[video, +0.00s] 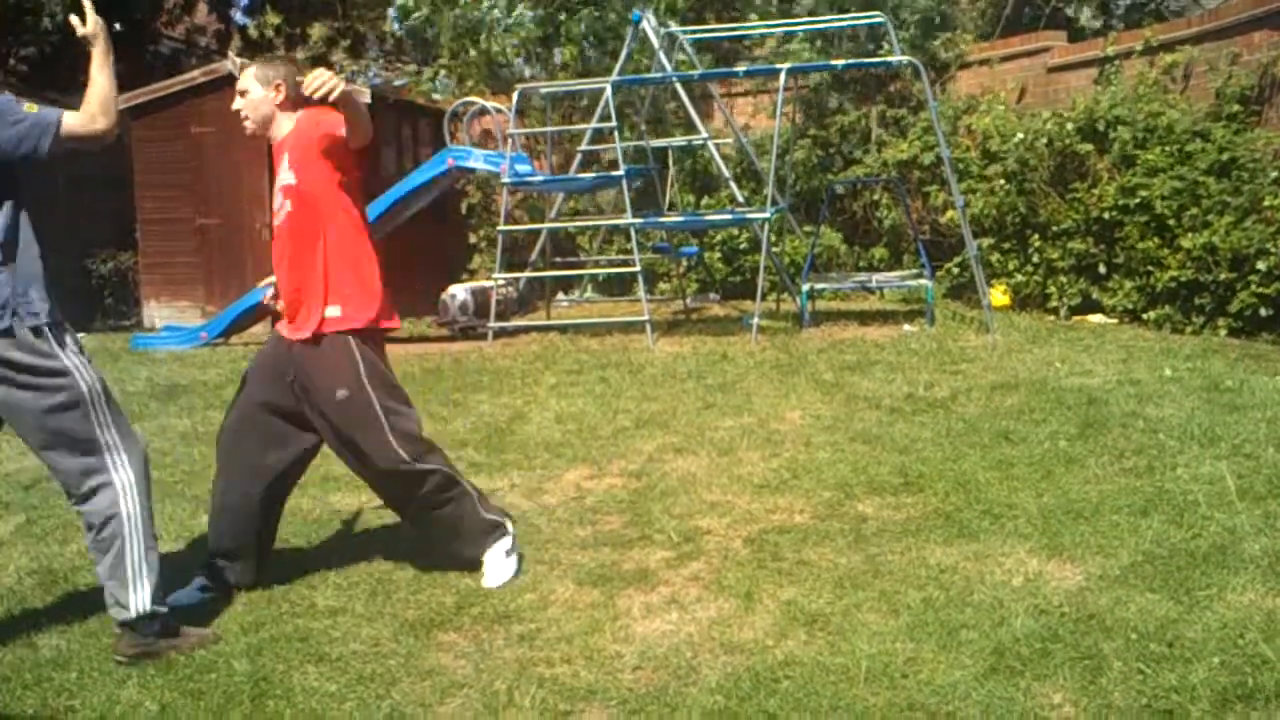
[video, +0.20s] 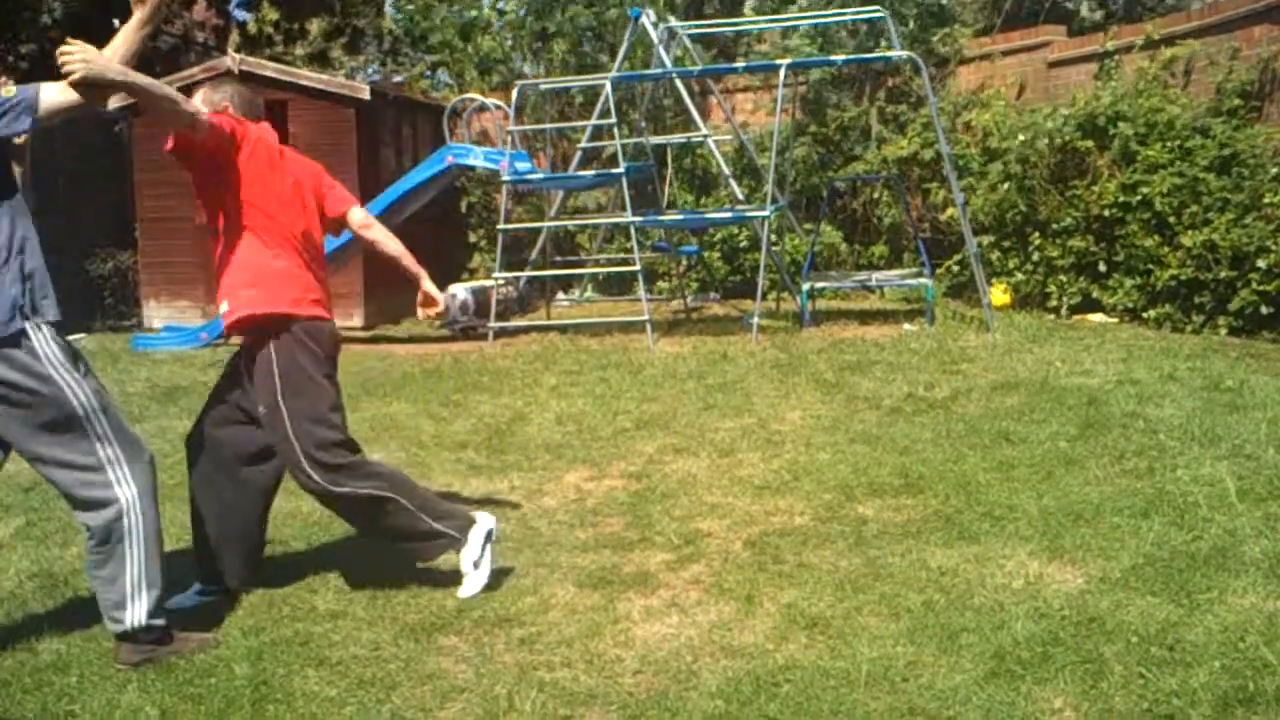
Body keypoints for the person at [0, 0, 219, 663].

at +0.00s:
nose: (17, 74)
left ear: (13, 76)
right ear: (8, 74)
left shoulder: (10, 118)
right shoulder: (3, 117)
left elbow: (96, 122)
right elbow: (99, 122)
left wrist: (98, 48)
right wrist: (99, 41)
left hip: (15, 321)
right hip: (14, 323)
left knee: (105, 455)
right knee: (109, 455)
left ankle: (137, 610)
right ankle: (139, 620)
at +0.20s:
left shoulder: (10, 112)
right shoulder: (7, 110)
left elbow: (89, 89)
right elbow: (92, 89)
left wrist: (139, 22)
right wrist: (141, 20)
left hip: (18, 325)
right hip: (15, 327)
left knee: (113, 466)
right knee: (118, 467)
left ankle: (137, 619)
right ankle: (139, 629)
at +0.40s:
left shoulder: (9, 138)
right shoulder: (4, 128)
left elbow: (30, 200)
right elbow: (76, 132)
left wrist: (55, 120)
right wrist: (70, 62)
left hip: (15, 322)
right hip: (16, 324)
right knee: (115, 456)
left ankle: (138, 614)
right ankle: (141, 623)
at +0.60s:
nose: (13, 75)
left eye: (10, 66)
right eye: (11, 67)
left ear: (2, 80)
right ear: (7, 75)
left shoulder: (14, 133)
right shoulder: (15, 132)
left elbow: (29, 146)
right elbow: (109, 185)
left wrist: (82, 115)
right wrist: (127, 157)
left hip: (15, 339)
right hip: (25, 340)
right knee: (107, 471)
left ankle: (155, 619)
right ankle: (156, 629)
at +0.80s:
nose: (14, 69)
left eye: (11, 58)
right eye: (8, 60)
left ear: (3, 70)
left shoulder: (9, 125)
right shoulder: (6, 126)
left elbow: (25, 178)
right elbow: (105, 196)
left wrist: (73, 143)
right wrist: (112, 178)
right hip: (20, 339)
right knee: (101, 472)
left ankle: (149, 624)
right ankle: (152, 633)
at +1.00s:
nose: (15, 69)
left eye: (15, 58)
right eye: (8, 58)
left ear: (13, 65)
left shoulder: (10, 136)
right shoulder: (2, 139)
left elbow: (79, 214)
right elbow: (75, 197)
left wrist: (114, 143)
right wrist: (90, 103)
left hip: (20, 339)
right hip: (21, 341)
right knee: (128, 478)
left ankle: (134, 626)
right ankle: (135, 638)